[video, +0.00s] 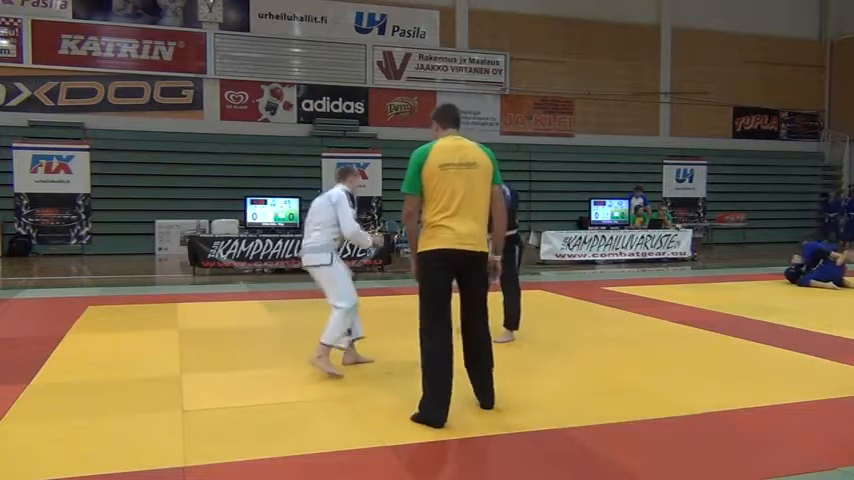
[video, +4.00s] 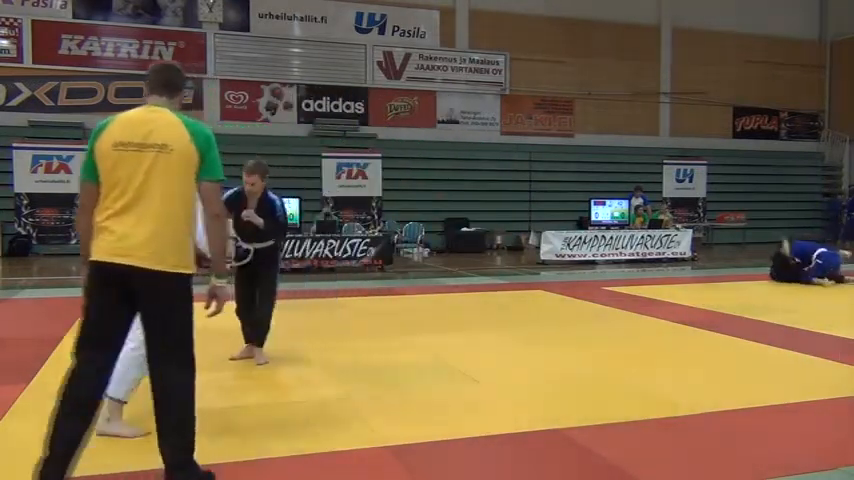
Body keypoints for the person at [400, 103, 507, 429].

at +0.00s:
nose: (431, 132)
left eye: (431, 128)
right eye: (433, 127)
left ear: (436, 126)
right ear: (459, 125)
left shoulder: (423, 155)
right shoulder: (485, 154)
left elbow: (410, 213)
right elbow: (499, 206)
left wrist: (415, 255)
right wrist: (496, 252)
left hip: (435, 251)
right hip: (474, 252)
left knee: (435, 328)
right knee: (476, 323)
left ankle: (434, 411)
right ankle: (486, 395)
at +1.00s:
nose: (435, 122)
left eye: (436, 117)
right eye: (440, 117)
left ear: (439, 116)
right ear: (466, 117)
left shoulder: (426, 144)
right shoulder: (491, 150)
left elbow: (408, 203)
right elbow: (501, 207)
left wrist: (406, 253)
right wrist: (495, 257)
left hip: (432, 255)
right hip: (474, 257)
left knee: (425, 338)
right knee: (471, 340)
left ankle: (422, 421)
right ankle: (475, 427)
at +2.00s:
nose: (332, 117)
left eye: (329, 112)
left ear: (328, 112)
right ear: (361, 110)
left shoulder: (322, 146)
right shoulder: (391, 146)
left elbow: (301, 211)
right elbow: (404, 207)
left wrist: (292, 267)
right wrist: (398, 260)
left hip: (341, 259)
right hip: (381, 258)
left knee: (353, 348)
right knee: (357, 343)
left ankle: (373, 443)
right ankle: (344, 425)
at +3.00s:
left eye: (211, 103)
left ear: (211, 106)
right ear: (245, 105)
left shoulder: (190, 144)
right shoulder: (271, 138)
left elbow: (172, 211)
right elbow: (288, 203)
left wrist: (177, 263)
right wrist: (292, 259)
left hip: (213, 263)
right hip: (264, 262)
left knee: (215, 355)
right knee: (276, 350)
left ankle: (218, 447)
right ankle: (289, 442)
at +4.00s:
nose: (185, 103)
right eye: (186, 98)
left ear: (144, 91)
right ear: (183, 97)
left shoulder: (105, 130)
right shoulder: (197, 133)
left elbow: (86, 208)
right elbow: (214, 210)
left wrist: (88, 271)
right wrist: (220, 275)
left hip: (108, 267)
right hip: (165, 272)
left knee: (89, 368)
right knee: (175, 372)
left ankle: (51, 470)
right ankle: (180, 468)